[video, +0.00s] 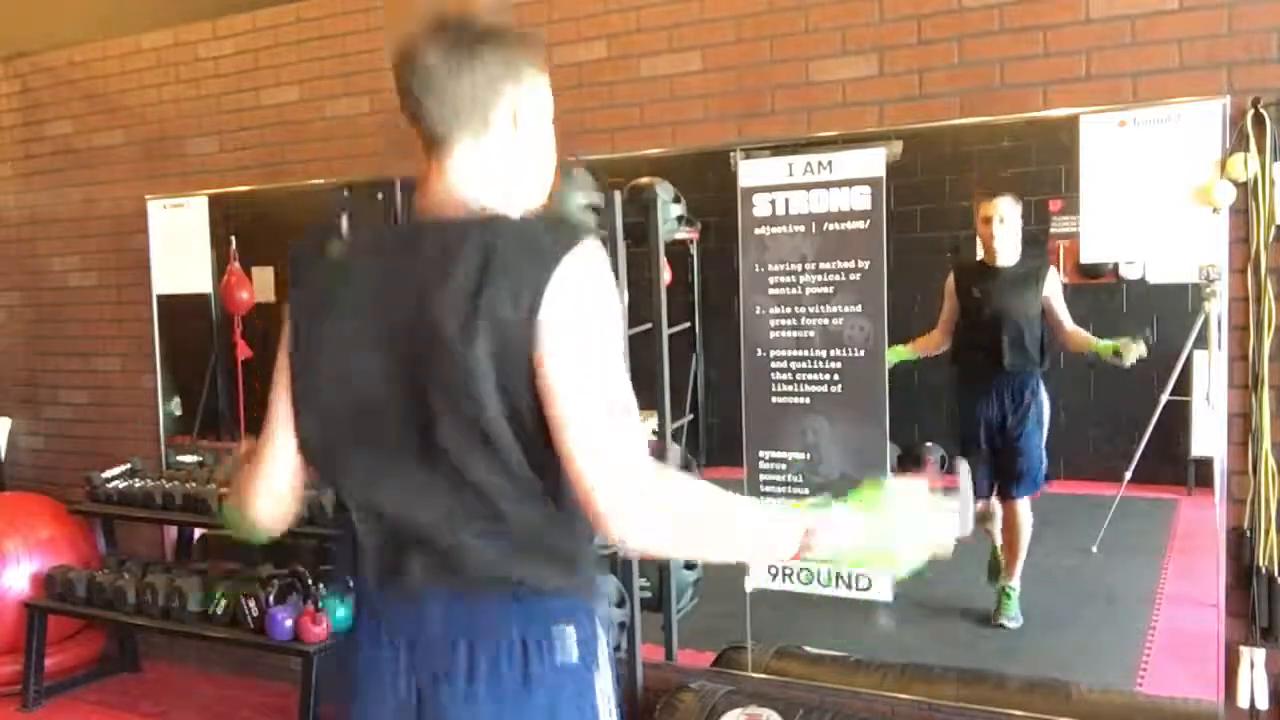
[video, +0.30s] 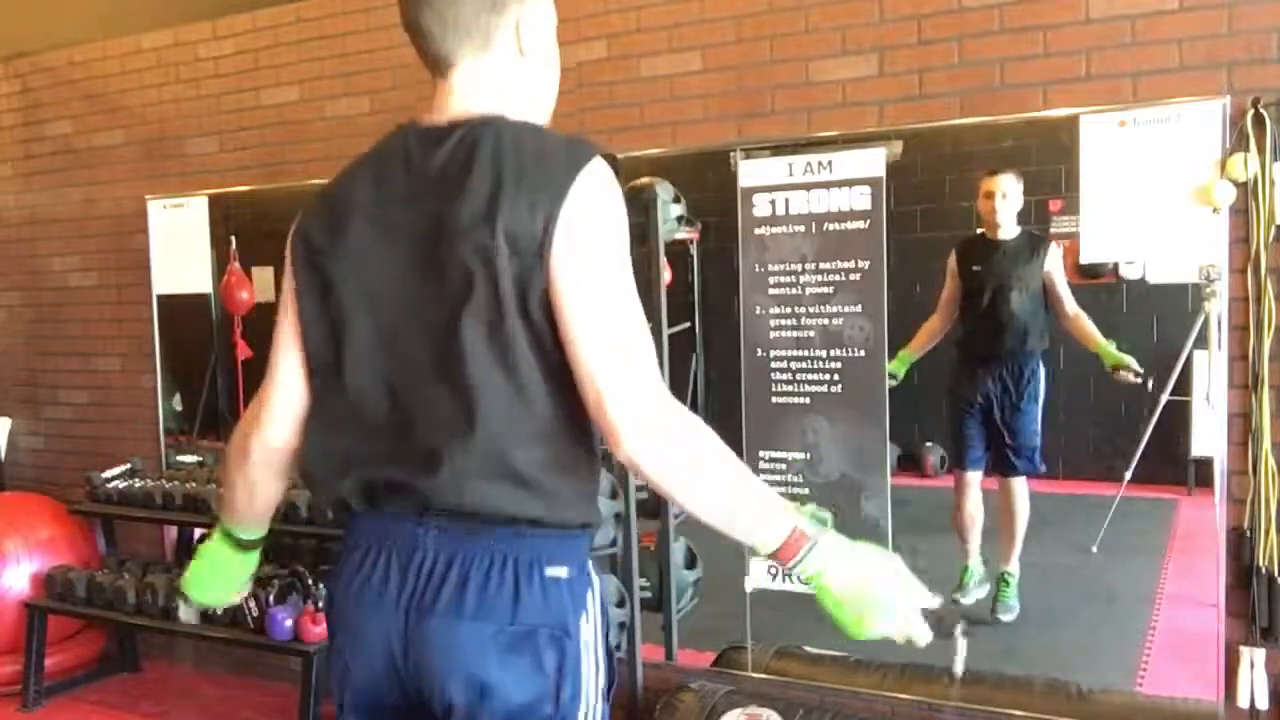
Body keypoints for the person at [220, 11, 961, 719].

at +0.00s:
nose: (557, 137)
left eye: (549, 115)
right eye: (551, 114)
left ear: (417, 127)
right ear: (525, 117)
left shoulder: (325, 279)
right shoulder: (556, 267)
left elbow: (261, 506)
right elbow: (627, 506)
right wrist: (829, 529)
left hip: (381, 644)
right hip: (533, 647)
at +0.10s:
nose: (562, 155)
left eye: (556, 135)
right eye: (557, 134)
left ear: (428, 145)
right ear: (535, 140)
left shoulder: (333, 309)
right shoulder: (572, 293)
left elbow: (261, 511)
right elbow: (669, 523)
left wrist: (359, 429)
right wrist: (857, 503)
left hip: (372, 678)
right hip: (531, 683)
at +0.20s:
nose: (560, 72)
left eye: (555, 49)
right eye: (554, 48)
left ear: (429, 60)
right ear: (526, 52)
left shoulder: (329, 236)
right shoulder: (568, 197)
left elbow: (262, 455)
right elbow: (642, 432)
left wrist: (249, 523)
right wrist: (821, 522)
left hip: (368, 595)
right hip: (519, 602)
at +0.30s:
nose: (560, 65)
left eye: (557, 41)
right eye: (555, 41)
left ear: (427, 48)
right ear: (527, 37)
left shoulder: (330, 208)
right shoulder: (566, 179)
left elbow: (273, 427)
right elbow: (636, 419)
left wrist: (234, 540)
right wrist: (811, 550)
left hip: (368, 576)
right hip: (521, 588)